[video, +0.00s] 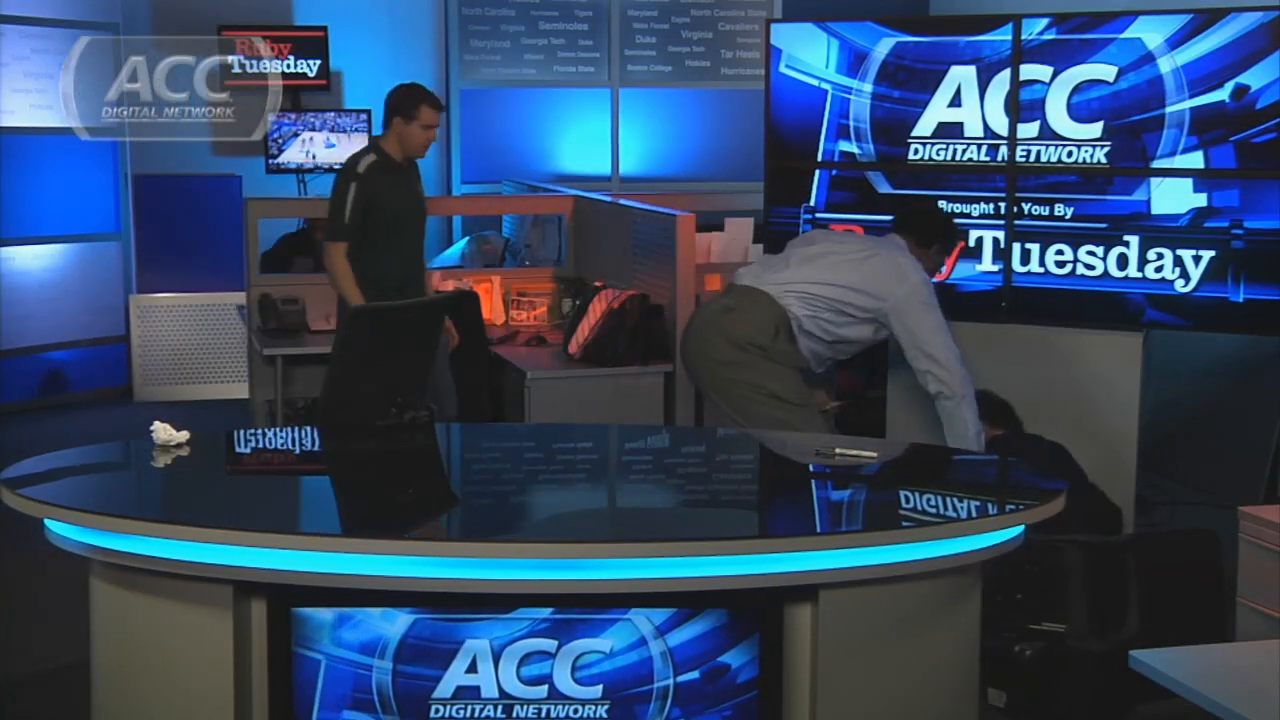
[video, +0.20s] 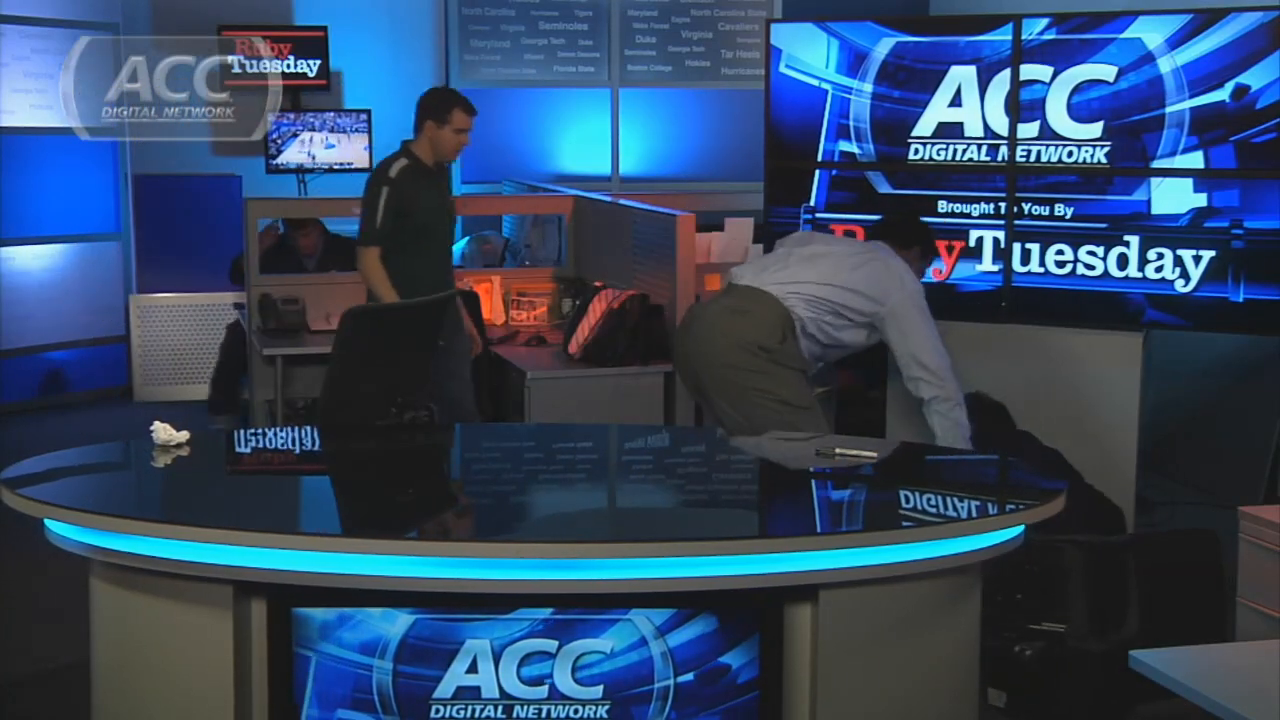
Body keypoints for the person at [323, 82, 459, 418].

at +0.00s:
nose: (433, 137)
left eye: (435, 129)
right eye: (427, 128)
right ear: (398, 123)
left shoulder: (410, 171)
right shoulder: (358, 171)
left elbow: (412, 256)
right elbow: (334, 254)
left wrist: (436, 316)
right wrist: (364, 316)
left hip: (412, 323)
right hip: (373, 326)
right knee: (368, 424)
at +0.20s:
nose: (465, 142)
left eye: (468, 133)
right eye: (459, 132)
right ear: (429, 128)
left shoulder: (440, 174)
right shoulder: (389, 176)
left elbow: (438, 260)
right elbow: (368, 260)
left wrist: (462, 319)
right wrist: (402, 318)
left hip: (443, 321)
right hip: (404, 325)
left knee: (456, 419)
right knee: (404, 422)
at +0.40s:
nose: (506, 144)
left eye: (509, 135)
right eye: (500, 134)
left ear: (477, 130)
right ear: (471, 128)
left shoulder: (478, 177)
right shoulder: (430, 177)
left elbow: (475, 263)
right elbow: (404, 261)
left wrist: (497, 323)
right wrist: (432, 332)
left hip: (484, 331)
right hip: (445, 335)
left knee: (486, 438)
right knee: (438, 441)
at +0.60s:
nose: (544, 140)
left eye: (546, 131)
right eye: (538, 130)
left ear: (518, 127)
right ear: (509, 123)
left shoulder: (516, 178)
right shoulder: (467, 172)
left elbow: (514, 260)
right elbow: (435, 250)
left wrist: (537, 316)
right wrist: (448, 321)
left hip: (518, 320)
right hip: (479, 321)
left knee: (518, 426)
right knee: (484, 428)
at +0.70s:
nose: (559, 140)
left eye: (562, 131)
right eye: (554, 130)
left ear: (533, 125)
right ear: (526, 123)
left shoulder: (532, 177)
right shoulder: (482, 171)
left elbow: (538, 259)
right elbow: (449, 250)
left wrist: (571, 319)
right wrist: (462, 324)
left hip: (531, 322)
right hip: (492, 323)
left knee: (532, 428)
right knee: (506, 432)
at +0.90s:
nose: (593, 142)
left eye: (595, 134)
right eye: (588, 132)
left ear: (567, 128)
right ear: (561, 125)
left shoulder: (564, 180)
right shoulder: (516, 172)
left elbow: (573, 251)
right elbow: (483, 251)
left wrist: (612, 311)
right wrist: (496, 328)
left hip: (556, 323)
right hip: (523, 322)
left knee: (556, 427)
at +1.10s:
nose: (627, 149)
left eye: (630, 140)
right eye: (622, 139)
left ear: (597, 134)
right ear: (594, 132)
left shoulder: (595, 182)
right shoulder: (551, 180)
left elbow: (604, 254)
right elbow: (521, 262)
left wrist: (638, 303)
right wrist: (544, 334)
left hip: (591, 323)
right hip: (563, 326)